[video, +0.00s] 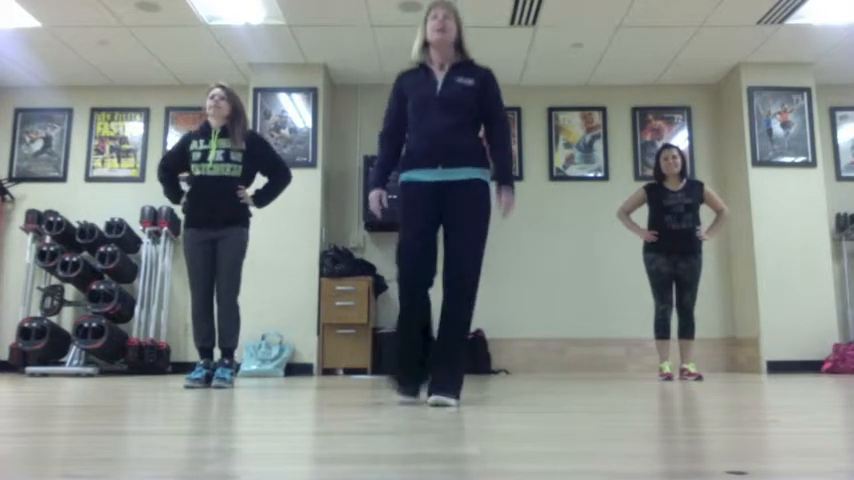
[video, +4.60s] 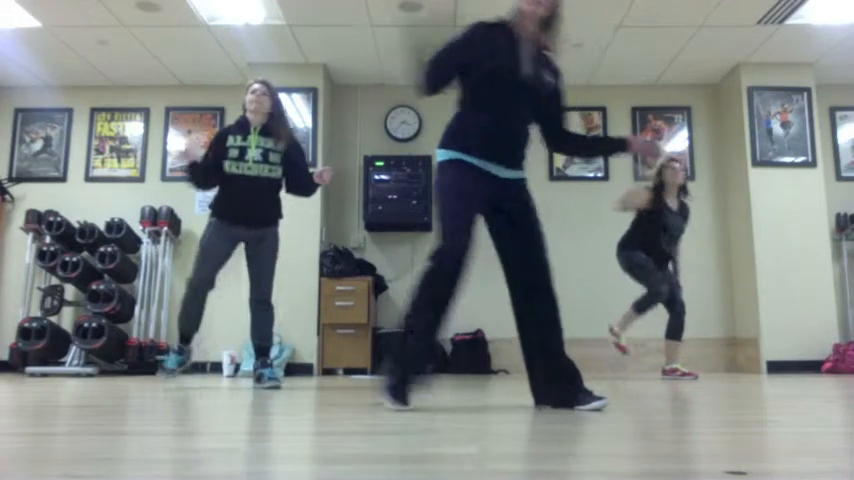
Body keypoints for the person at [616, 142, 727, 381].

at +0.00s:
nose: (671, 162)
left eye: (674, 157)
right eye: (666, 159)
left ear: (682, 161)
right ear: (659, 164)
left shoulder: (696, 188)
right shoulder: (651, 190)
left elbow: (722, 210)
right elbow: (622, 212)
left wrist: (708, 234)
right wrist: (641, 232)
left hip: (689, 253)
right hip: (659, 254)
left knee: (686, 308)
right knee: (663, 307)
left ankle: (686, 363)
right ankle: (664, 363)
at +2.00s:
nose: (644, 163)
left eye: (648, 159)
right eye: (640, 160)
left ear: (656, 163)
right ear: (634, 166)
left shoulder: (670, 190)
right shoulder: (625, 193)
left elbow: (695, 212)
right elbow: (598, 217)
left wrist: (684, 233)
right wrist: (618, 235)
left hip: (667, 253)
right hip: (638, 254)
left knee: (664, 307)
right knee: (644, 308)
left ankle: (662, 362)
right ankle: (649, 363)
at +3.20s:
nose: (635, 164)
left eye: (639, 161)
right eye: (631, 161)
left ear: (645, 166)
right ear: (622, 165)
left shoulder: (656, 194)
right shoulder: (612, 196)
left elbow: (675, 223)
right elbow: (606, 230)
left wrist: (690, 250)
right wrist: (613, 210)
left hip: (656, 255)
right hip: (626, 256)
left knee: (663, 308)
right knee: (627, 310)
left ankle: (663, 363)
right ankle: (616, 364)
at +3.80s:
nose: (638, 163)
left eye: (640, 160)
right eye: (633, 160)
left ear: (643, 166)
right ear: (622, 166)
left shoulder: (649, 194)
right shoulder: (611, 190)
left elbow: (656, 231)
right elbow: (615, 210)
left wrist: (671, 264)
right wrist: (626, 181)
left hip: (645, 256)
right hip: (619, 256)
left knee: (676, 299)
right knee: (619, 307)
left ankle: (672, 358)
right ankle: (615, 365)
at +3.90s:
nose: (647, 165)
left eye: (650, 161)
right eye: (642, 160)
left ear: (654, 166)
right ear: (634, 165)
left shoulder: (658, 201)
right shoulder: (626, 190)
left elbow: (661, 239)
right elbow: (622, 220)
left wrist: (678, 269)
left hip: (650, 257)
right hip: (626, 254)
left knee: (670, 306)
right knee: (626, 306)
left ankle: (670, 364)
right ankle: (615, 364)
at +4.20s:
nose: (681, 176)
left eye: (683, 172)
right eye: (674, 172)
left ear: (687, 179)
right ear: (664, 177)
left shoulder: (679, 211)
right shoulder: (655, 200)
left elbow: (668, 251)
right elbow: (630, 222)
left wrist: (680, 278)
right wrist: (649, 211)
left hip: (658, 263)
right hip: (636, 256)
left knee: (678, 307)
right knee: (656, 302)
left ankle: (671, 365)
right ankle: (610, 336)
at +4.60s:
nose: (676, 170)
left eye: (679, 167)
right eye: (671, 167)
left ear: (684, 177)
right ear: (661, 174)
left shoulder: (683, 208)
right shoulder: (651, 196)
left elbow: (674, 244)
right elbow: (622, 204)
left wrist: (676, 274)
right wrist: (636, 198)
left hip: (659, 260)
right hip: (633, 252)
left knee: (677, 307)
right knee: (660, 289)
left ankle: (671, 365)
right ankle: (618, 329)